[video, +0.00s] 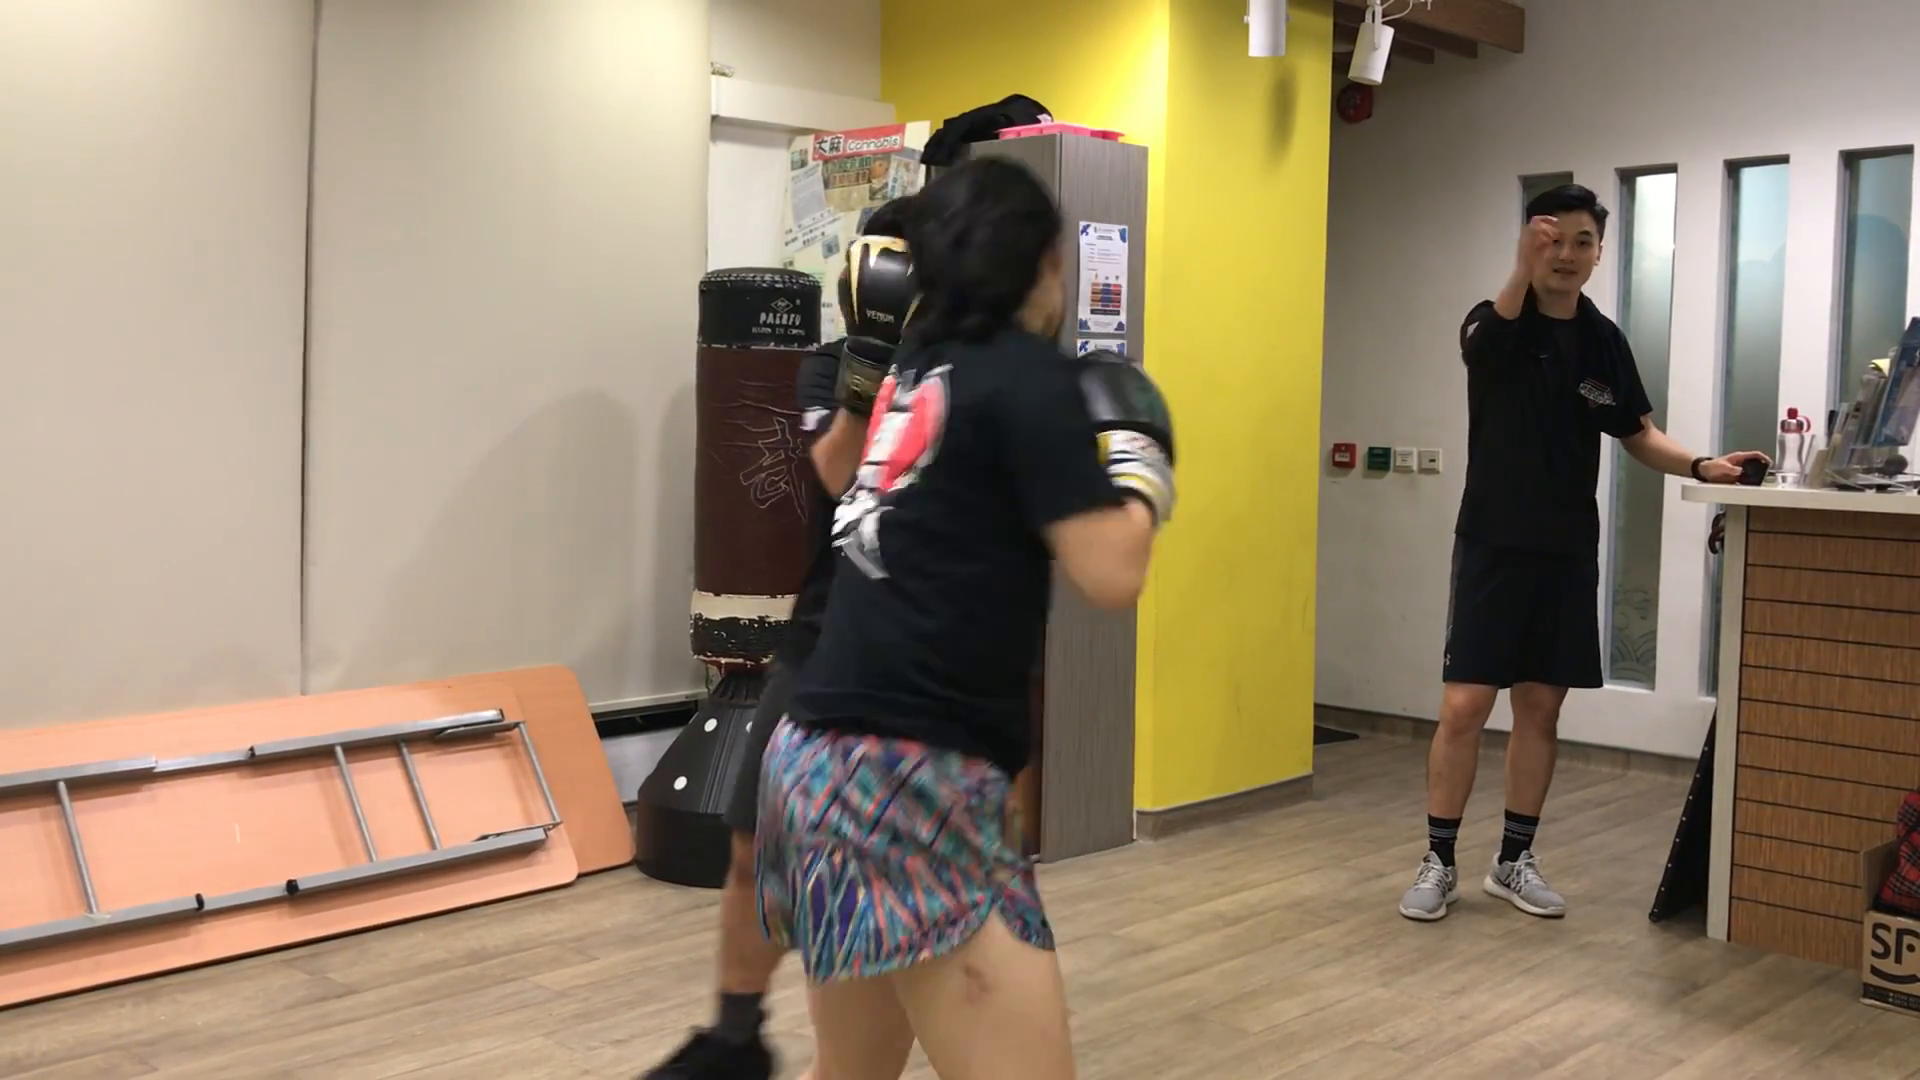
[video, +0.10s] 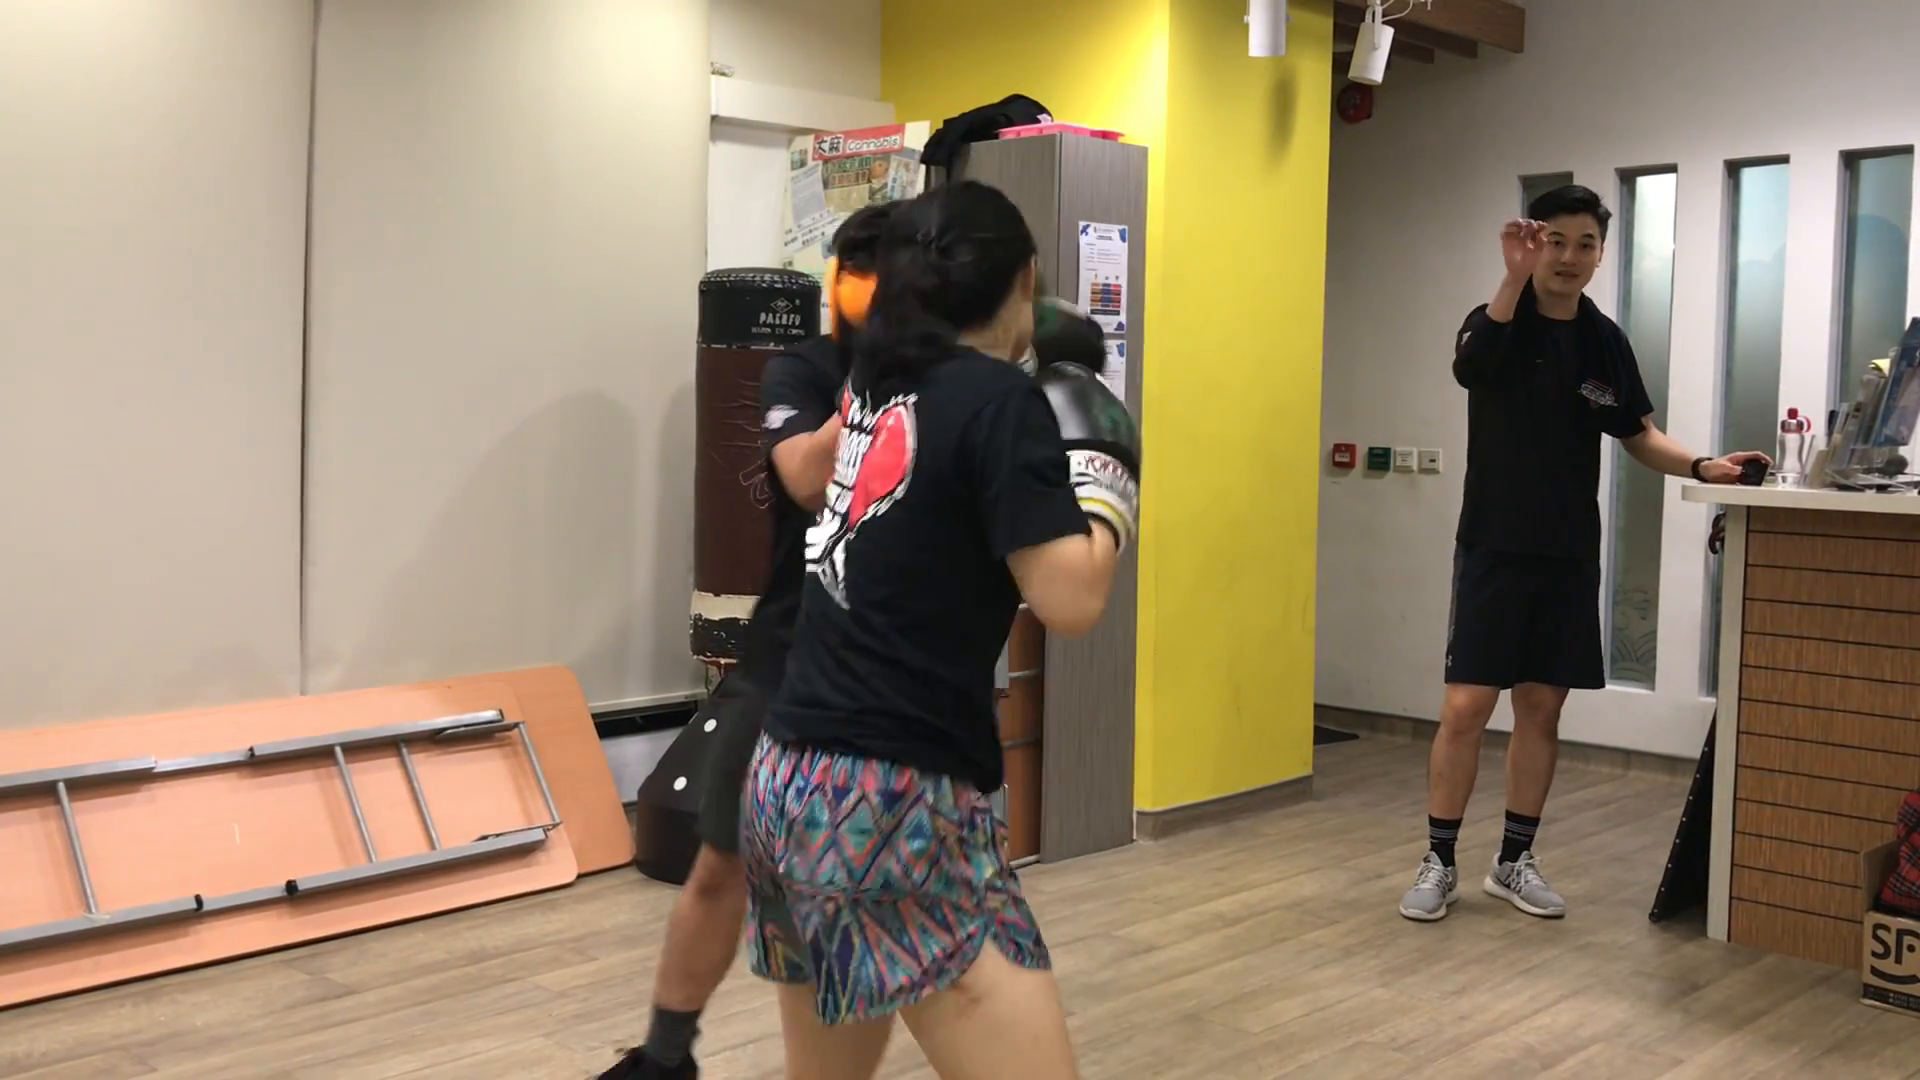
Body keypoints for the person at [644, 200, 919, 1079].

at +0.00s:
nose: (888, 281)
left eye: (902, 263)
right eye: (876, 262)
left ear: (938, 277)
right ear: (853, 275)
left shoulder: (968, 369)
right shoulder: (838, 365)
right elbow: (837, 471)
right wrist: (887, 367)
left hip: (936, 631)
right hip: (828, 621)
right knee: (755, 836)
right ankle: (734, 1035)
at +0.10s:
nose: (861, 292)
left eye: (877, 275)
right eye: (851, 273)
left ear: (911, 289)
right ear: (829, 283)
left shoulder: (941, 380)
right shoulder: (803, 369)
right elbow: (805, 477)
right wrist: (906, 413)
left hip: (900, 656)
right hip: (791, 644)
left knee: (912, 859)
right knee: (718, 861)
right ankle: (666, 1048)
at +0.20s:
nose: (857, 292)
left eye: (871, 276)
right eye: (841, 273)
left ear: (890, 288)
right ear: (799, 282)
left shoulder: (901, 381)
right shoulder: (755, 378)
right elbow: (775, 500)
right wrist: (858, 409)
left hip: (855, 661)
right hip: (743, 656)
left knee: (864, 876)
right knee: (683, 876)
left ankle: (823, 1059)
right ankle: (648, 1056)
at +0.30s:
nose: (808, 302)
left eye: (831, 286)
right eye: (789, 281)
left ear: (859, 297)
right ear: (749, 283)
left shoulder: (866, 387)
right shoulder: (707, 377)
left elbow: (887, 490)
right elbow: (707, 498)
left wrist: (849, 372)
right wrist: (774, 383)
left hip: (821, 669)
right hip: (703, 665)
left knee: (833, 866)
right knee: (662, 866)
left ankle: (841, 1057)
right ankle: (643, 1058)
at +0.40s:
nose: (774, 308)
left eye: (793, 290)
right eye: (752, 287)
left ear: (828, 297)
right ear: (713, 285)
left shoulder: (839, 383)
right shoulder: (675, 369)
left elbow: (874, 474)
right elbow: (651, 483)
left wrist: (844, 363)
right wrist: (707, 364)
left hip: (804, 658)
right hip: (680, 660)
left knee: (826, 857)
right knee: (650, 864)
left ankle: (837, 1051)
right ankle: (643, 1054)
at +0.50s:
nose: (737, 315)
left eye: (757, 295)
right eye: (718, 297)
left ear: (791, 297)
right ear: (684, 297)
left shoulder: (811, 378)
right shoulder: (659, 377)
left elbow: (788, 498)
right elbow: (614, 474)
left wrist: (808, 355)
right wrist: (648, 350)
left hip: (781, 662)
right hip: (662, 660)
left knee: (797, 874)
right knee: (642, 867)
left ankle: (796, 1046)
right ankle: (642, 1054)